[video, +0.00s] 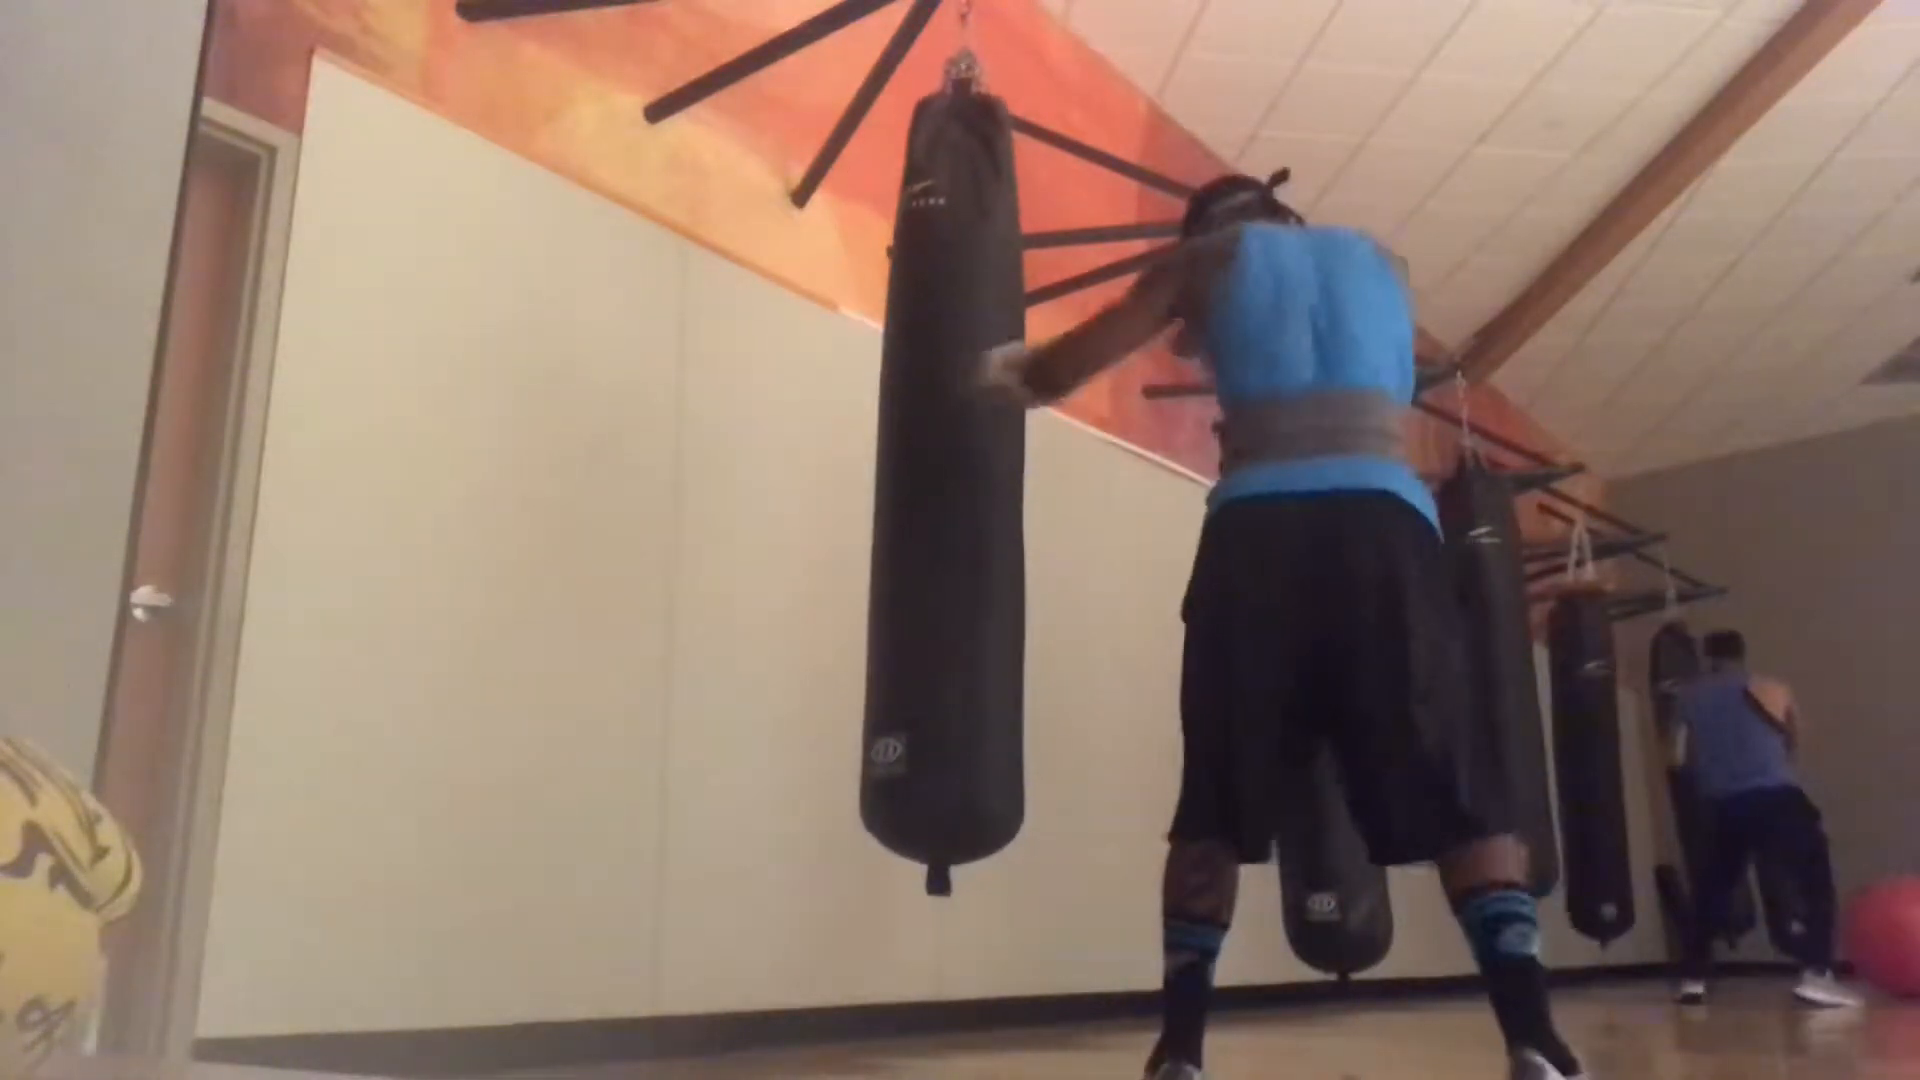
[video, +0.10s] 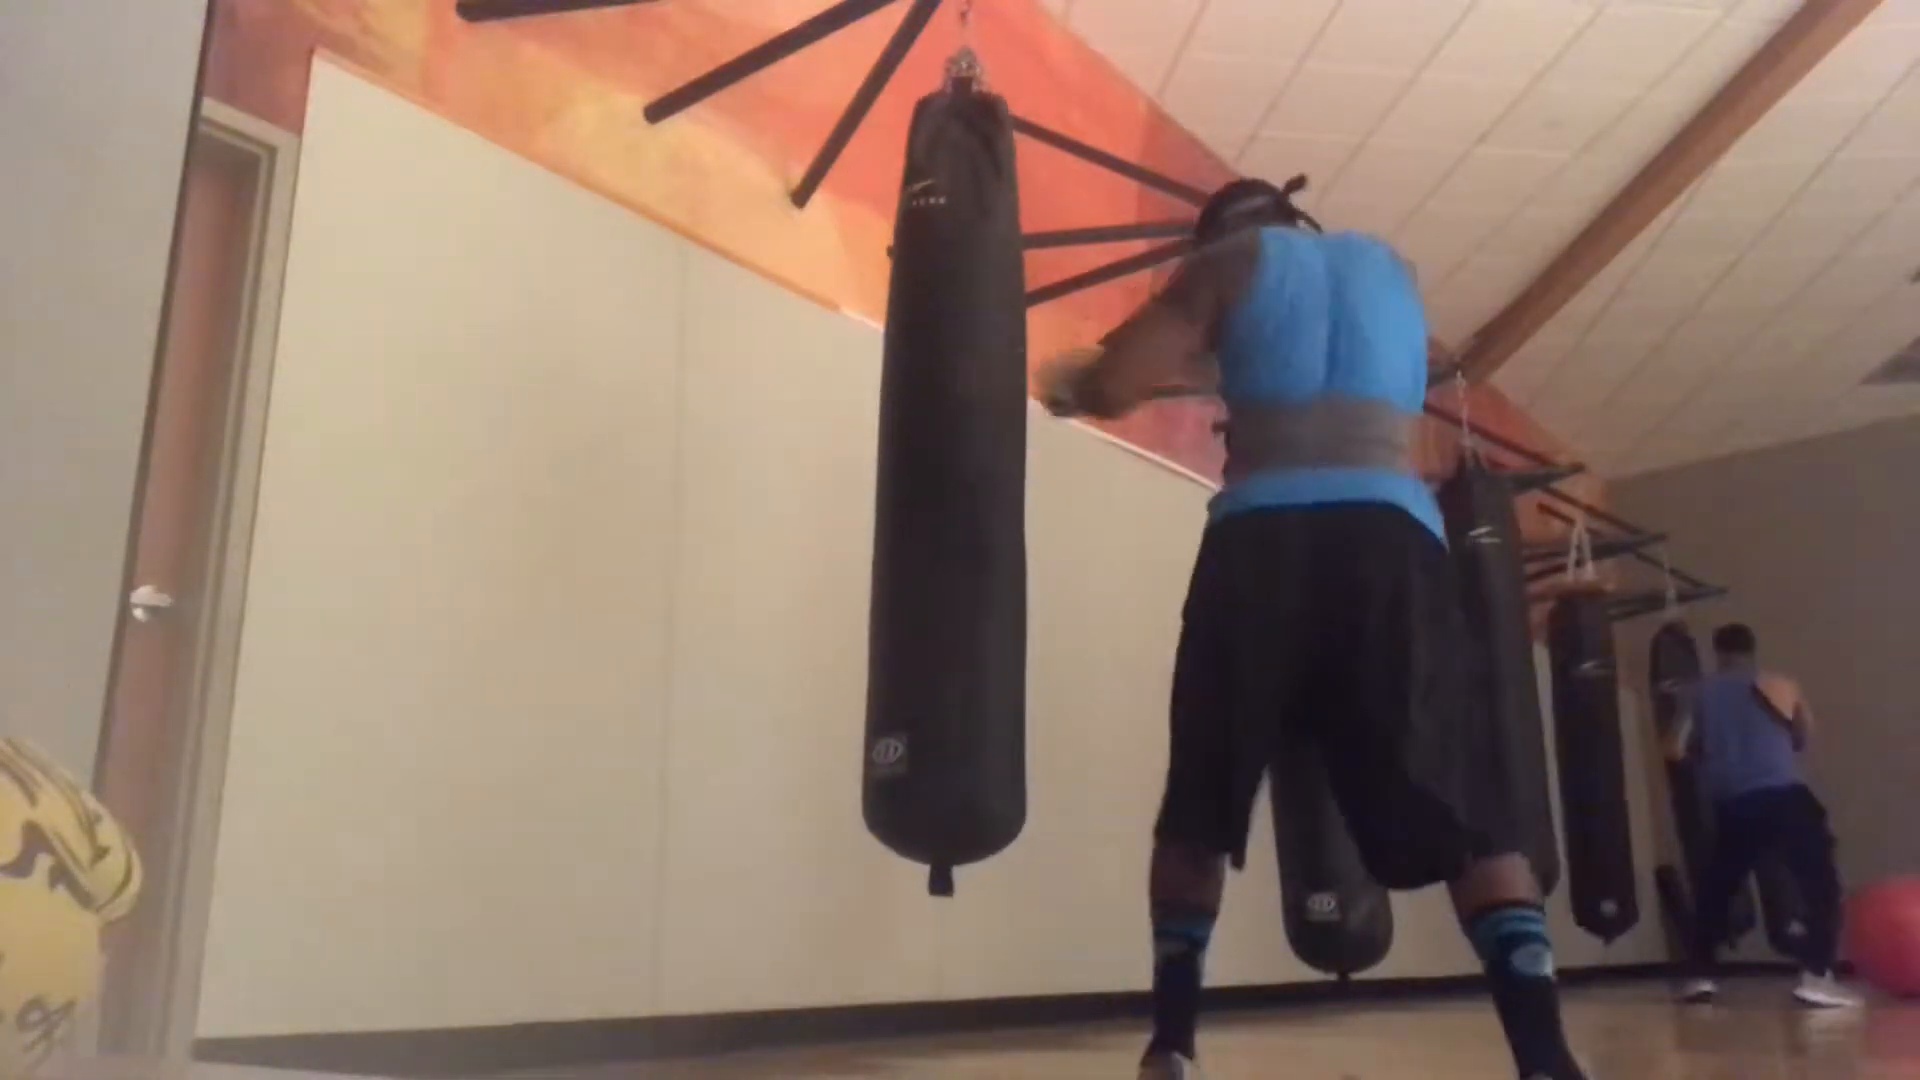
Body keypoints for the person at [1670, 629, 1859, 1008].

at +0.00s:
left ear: (1707, 660)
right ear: (1743, 657)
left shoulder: (1691, 699)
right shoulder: (1772, 690)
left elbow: (1680, 759)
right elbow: (1792, 743)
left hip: (1723, 806)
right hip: (1779, 799)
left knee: (1712, 887)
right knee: (1816, 882)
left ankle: (1694, 977)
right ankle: (1817, 973)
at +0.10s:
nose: (1734, 660)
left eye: (1727, 654)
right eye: (1738, 651)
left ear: (1717, 655)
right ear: (1754, 653)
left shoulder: (1699, 694)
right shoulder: (1781, 687)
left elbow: (1676, 750)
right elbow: (1803, 738)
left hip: (1733, 807)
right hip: (1786, 800)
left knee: (1717, 885)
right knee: (1822, 882)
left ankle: (1701, 975)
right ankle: (1817, 975)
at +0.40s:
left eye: (1715, 645)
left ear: (1705, 649)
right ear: (1742, 646)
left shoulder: (1694, 691)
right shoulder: (1773, 676)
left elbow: (1669, 745)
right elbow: (1799, 724)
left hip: (1735, 799)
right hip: (1789, 792)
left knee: (1723, 884)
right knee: (1814, 880)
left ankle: (1715, 979)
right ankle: (1815, 977)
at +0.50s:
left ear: (1691, 655)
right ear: (1726, 647)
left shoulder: (1685, 695)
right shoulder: (1754, 675)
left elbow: (1665, 754)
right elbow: (1801, 723)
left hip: (1731, 800)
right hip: (1785, 791)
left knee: (1724, 886)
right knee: (1816, 877)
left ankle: (1715, 979)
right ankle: (1817, 971)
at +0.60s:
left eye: (1671, 661)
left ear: (1673, 662)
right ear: (1711, 652)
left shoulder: (1676, 704)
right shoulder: (1745, 677)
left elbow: (1664, 763)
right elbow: (1796, 716)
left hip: (1730, 801)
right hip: (1782, 790)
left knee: (1720, 887)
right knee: (1822, 874)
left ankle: (1715, 980)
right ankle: (1822, 965)